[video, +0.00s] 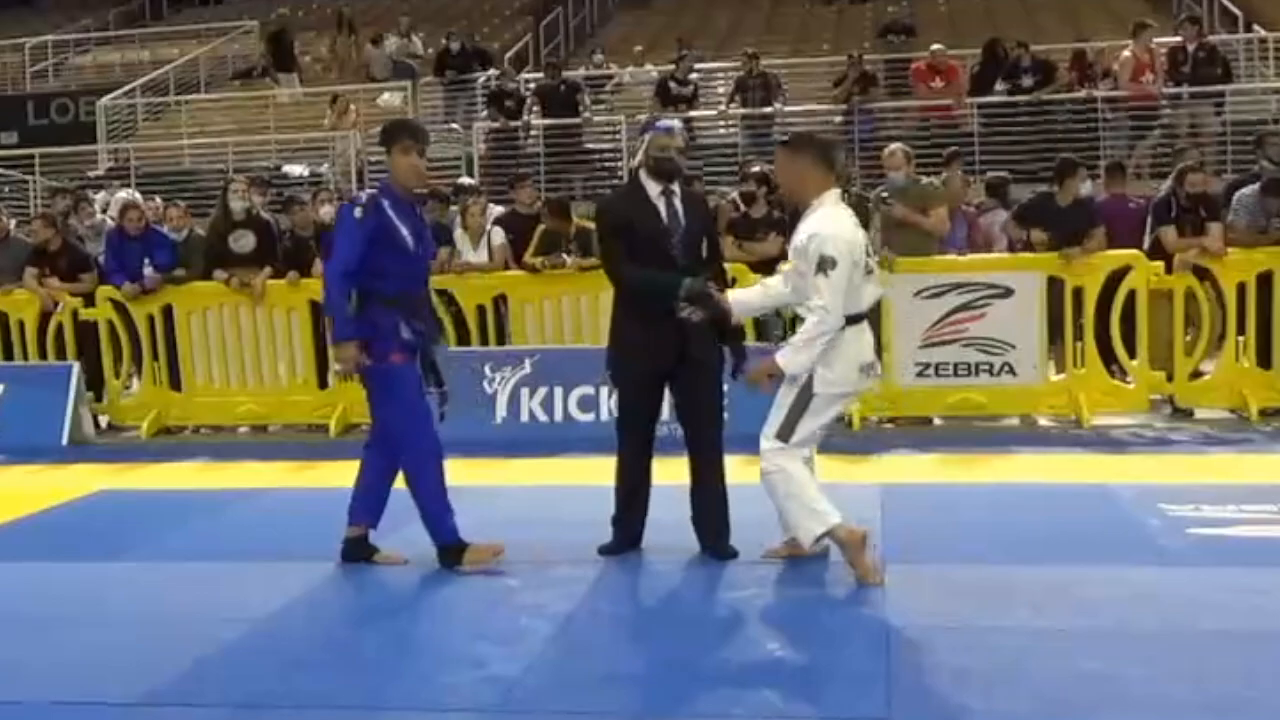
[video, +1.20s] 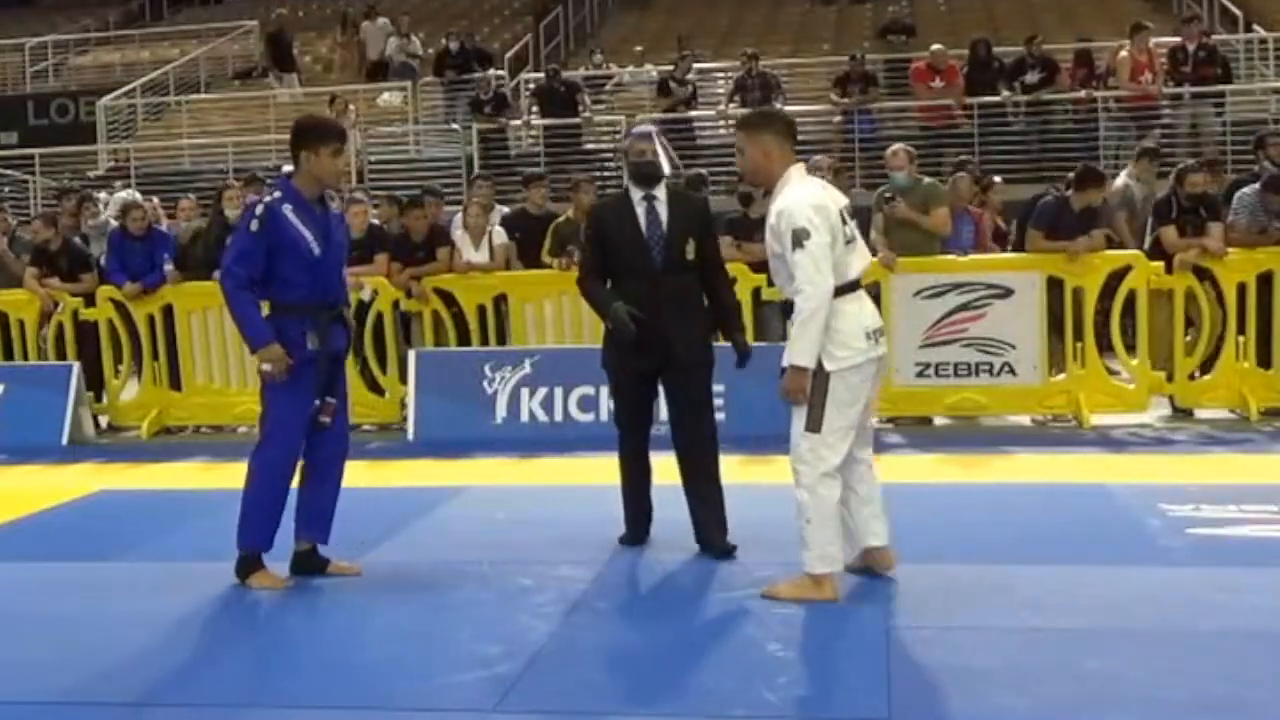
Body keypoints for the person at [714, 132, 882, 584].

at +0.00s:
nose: (775, 177)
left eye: (781, 166)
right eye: (776, 167)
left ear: (807, 168)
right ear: (814, 170)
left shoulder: (827, 230)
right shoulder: (821, 221)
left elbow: (826, 314)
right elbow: (790, 284)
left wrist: (781, 361)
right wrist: (728, 303)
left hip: (835, 349)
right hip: (837, 343)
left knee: (777, 449)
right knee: (794, 442)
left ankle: (839, 534)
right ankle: (802, 536)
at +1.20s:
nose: (739, 164)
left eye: (743, 153)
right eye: (738, 154)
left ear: (769, 151)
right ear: (781, 150)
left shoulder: (797, 205)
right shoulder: (813, 190)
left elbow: (815, 289)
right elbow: (826, 261)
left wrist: (798, 364)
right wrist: (763, 255)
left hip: (835, 333)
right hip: (858, 323)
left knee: (813, 455)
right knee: (853, 447)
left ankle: (820, 574)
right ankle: (874, 548)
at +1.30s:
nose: (752, 161)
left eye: (756, 149)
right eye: (752, 150)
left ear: (783, 148)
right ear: (793, 148)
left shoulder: (807, 206)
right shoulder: (834, 188)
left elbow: (823, 291)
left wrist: (807, 366)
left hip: (843, 335)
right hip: (871, 322)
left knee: (819, 456)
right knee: (870, 445)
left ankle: (821, 575)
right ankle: (927, 541)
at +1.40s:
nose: (771, 159)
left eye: (775, 148)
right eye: (771, 148)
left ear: (802, 148)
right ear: (816, 148)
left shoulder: (823, 206)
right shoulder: (853, 192)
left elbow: (835, 293)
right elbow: (883, 266)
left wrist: (818, 368)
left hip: (858, 342)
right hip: (890, 332)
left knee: (816, 458)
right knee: (900, 448)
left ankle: (820, 575)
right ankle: (978, 545)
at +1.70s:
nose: (782, 177)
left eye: (785, 166)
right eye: (781, 167)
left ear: (813, 162)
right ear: (822, 163)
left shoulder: (834, 217)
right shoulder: (860, 208)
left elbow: (850, 304)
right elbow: (846, 303)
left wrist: (839, 378)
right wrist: (792, 345)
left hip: (848, 359)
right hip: (886, 355)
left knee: (775, 448)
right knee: (914, 461)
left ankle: (768, 565)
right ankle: (989, 562)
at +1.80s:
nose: (758, 184)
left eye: (761, 172)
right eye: (756, 174)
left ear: (789, 167)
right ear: (794, 168)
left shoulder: (814, 221)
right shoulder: (828, 212)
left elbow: (838, 306)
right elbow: (803, 303)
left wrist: (829, 382)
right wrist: (738, 333)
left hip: (835, 361)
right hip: (871, 353)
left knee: (773, 461)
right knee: (909, 463)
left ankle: (732, 571)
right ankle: (987, 561)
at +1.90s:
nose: (731, 197)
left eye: (735, 185)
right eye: (731, 187)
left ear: (762, 182)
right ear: (765, 183)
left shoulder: (792, 236)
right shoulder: (786, 235)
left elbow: (816, 317)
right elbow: (750, 312)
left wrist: (809, 391)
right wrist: (677, 327)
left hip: (820, 372)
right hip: (856, 366)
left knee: (755, 468)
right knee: (899, 469)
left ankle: (719, 578)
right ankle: (985, 558)